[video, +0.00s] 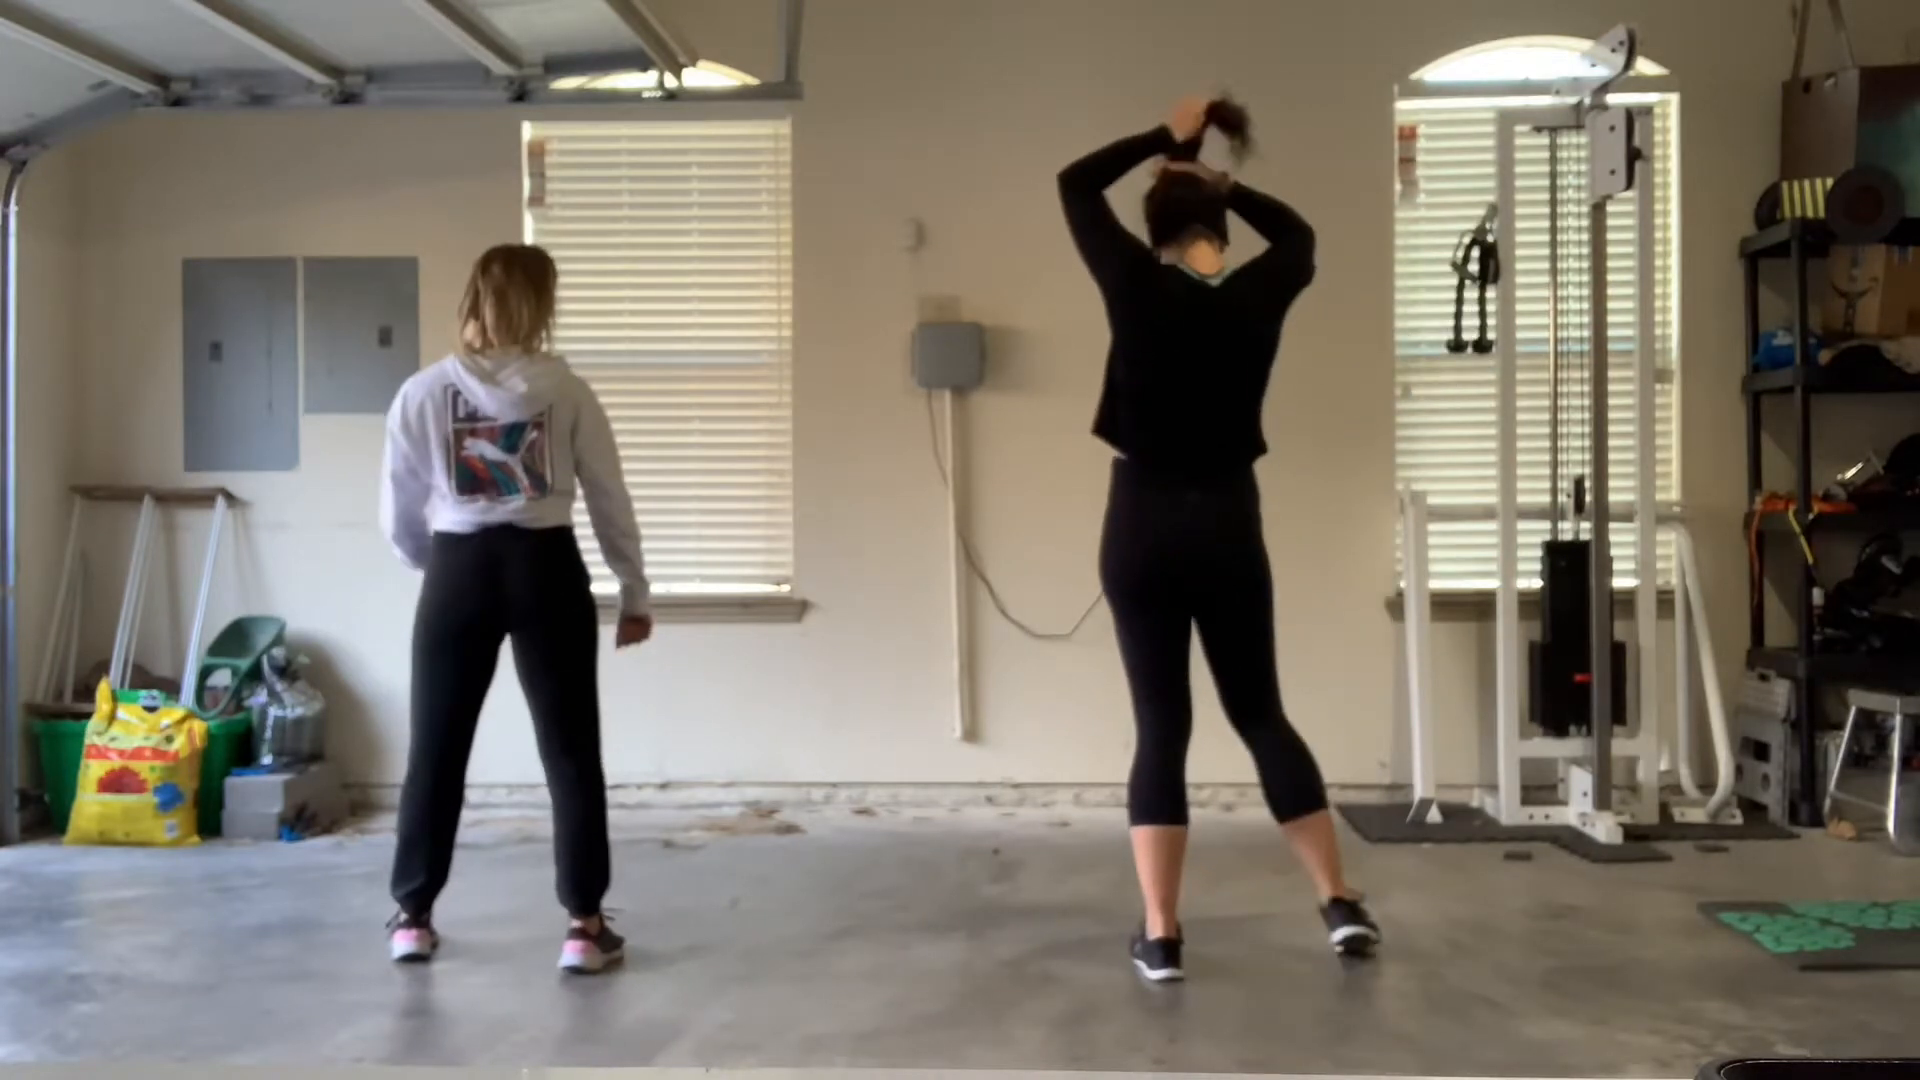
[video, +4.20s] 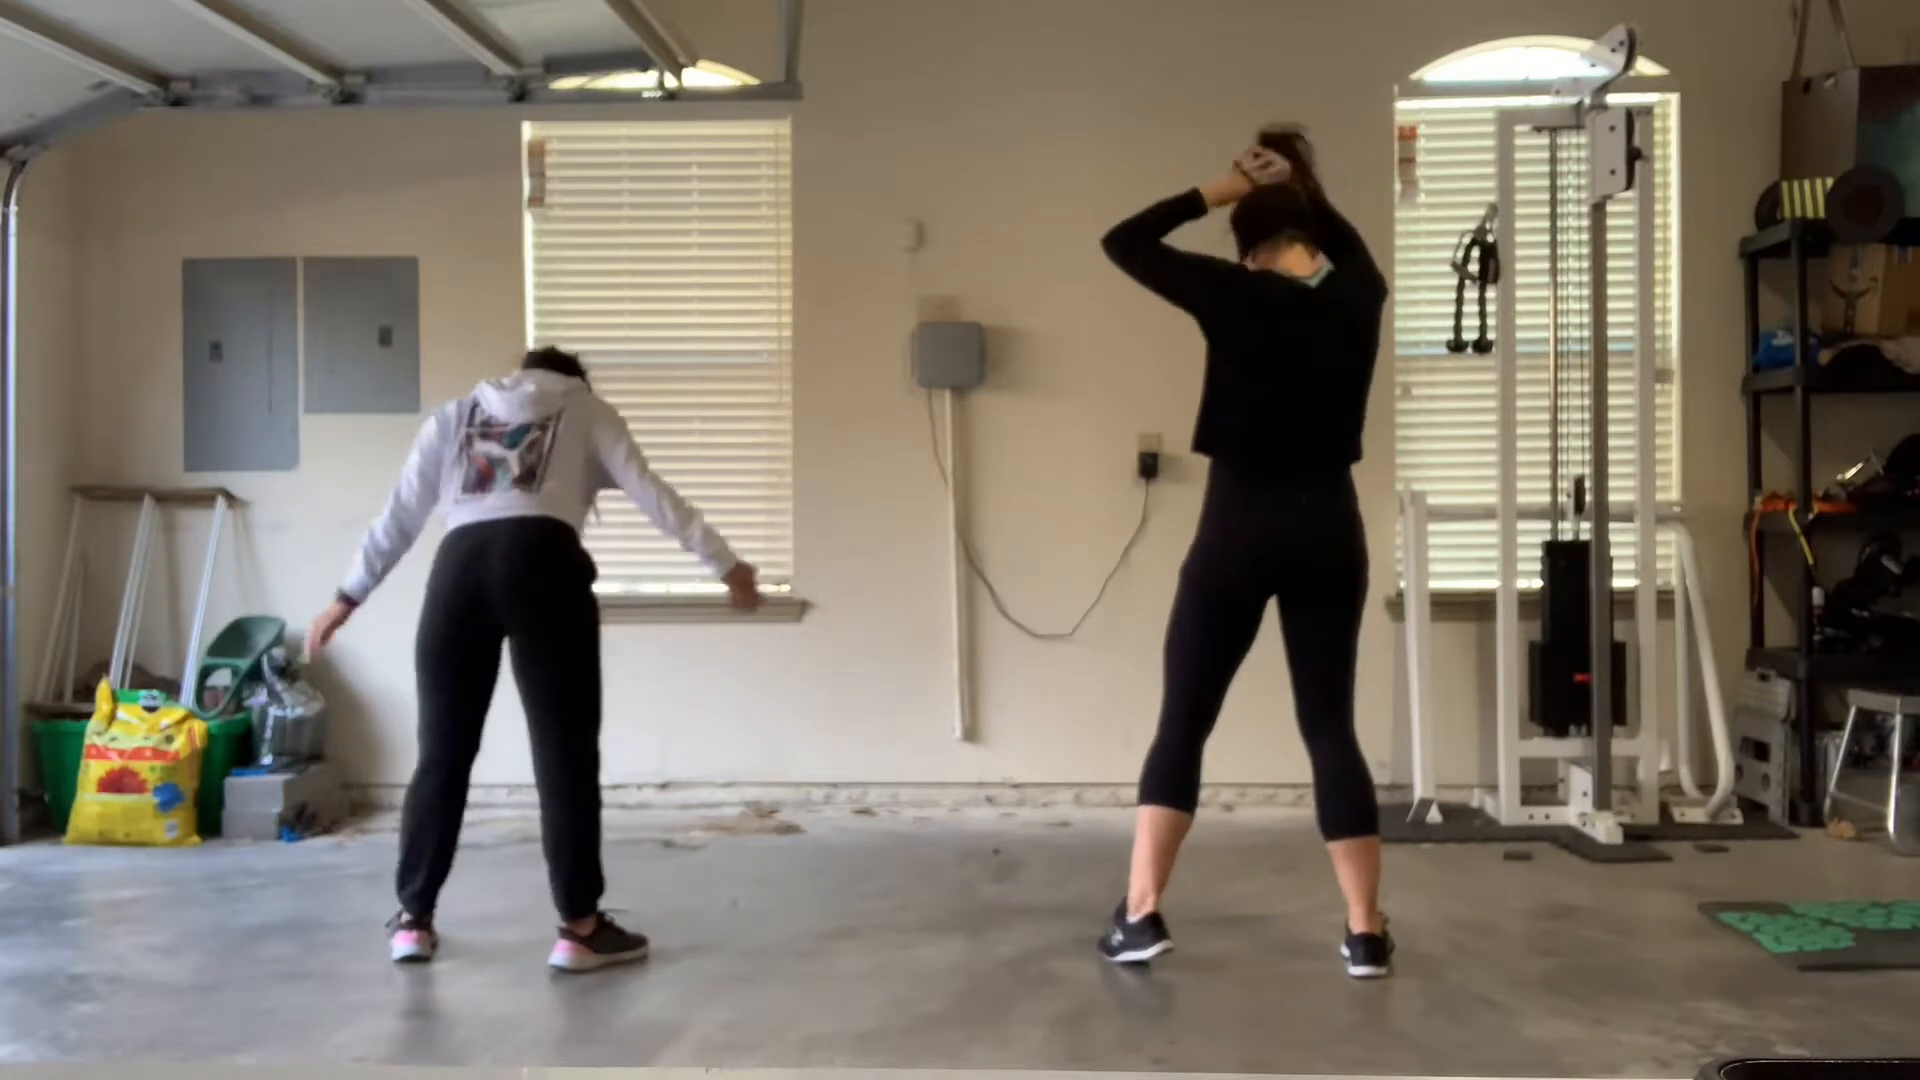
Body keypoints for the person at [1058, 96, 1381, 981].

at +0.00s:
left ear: (1153, 231)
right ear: (1222, 227)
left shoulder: (1135, 286)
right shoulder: (1260, 293)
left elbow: (1076, 185)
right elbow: (1299, 236)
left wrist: (1158, 137)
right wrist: (1226, 187)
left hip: (1139, 533)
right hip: (1229, 532)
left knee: (1160, 731)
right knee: (1262, 716)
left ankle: (1161, 937)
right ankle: (1338, 902)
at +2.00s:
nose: (1249, 260)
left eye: (1242, 246)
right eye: (1249, 244)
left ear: (1180, 245)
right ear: (1248, 241)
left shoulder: (1160, 298)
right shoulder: (1287, 307)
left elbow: (1083, 209)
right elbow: (1327, 239)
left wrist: (1156, 160)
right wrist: (1258, 196)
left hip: (1162, 536)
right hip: (1255, 540)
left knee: (1151, 732)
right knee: (1294, 731)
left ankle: (1134, 932)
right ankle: (1361, 927)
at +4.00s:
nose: (1262, 262)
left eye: (1252, 251)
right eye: (1287, 246)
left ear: (1250, 246)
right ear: (1321, 233)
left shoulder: (1232, 295)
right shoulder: (1361, 300)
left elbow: (1118, 254)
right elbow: (1346, 254)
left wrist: (1196, 212)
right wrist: (1323, 199)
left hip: (1250, 533)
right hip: (1345, 536)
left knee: (1196, 726)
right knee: (1338, 730)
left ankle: (1145, 914)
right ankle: (1365, 932)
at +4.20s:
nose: (1253, 259)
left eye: (1247, 246)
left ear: (1245, 246)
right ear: (1315, 238)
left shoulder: (1232, 295)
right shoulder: (1355, 302)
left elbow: (1127, 242)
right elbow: (1346, 243)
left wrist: (1210, 196)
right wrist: (1302, 190)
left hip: (1237, 528)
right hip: (1330, 532)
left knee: (1184, 722)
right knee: (1332, 727)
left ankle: (1140, 914)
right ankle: (1365, 930)